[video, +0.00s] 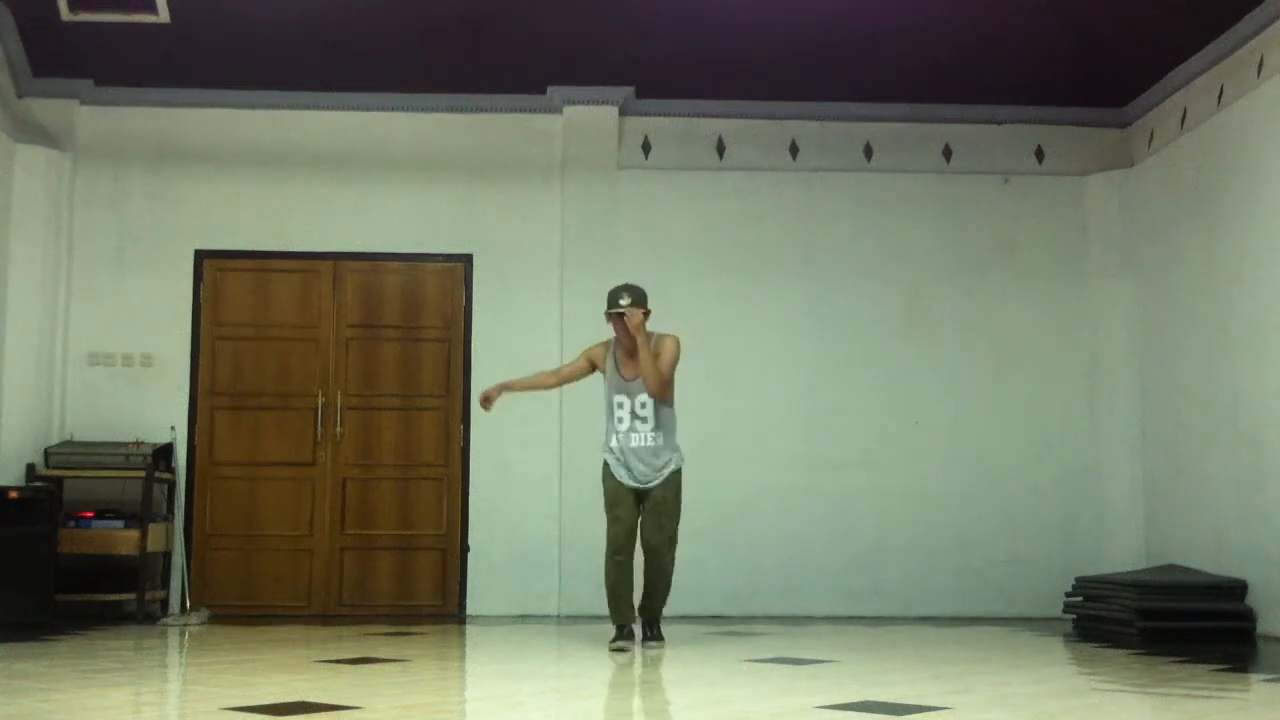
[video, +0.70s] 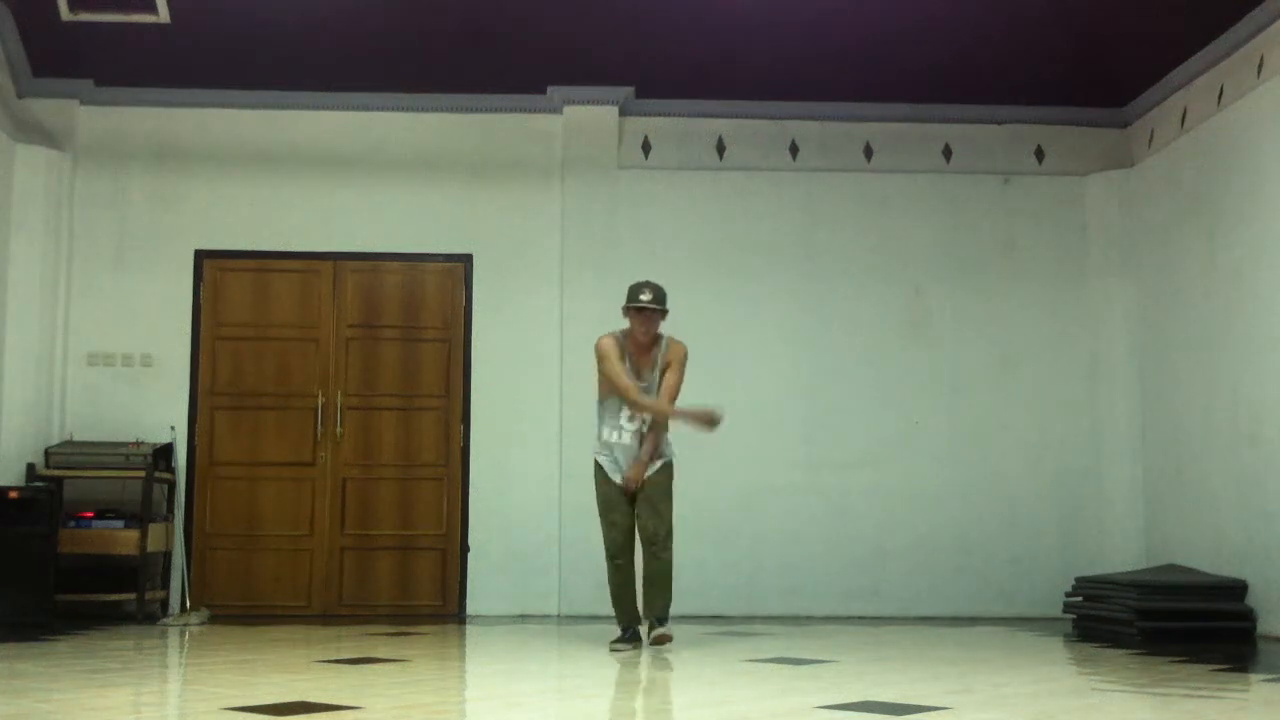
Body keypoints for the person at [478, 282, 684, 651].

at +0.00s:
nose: (617, 324)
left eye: (623, 316)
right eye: (613, 318)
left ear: (643, 315)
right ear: (608, 319)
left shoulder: (665, 345)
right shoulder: (602, 352)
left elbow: (657, 388)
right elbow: (555, 377)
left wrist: (640, 338)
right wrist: (504, 387)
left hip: (663, 466)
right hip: (619, 466)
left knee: (659, 547)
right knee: (620, 546)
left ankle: (652, 618)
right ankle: (623, 625)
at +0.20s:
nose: (621, 325)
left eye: (627, 317)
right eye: (614, 318)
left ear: (640, 319)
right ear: (604, 322)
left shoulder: (660, 346)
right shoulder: (599, 360)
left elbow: (673, 397)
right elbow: (550, 383)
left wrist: (645, 370)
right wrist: (497, 376)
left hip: (659, 468)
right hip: (616, 470)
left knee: (646, 542)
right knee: (619, 547)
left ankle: (652, 619)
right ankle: (631, 627)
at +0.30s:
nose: (621, 332)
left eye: (627, 325)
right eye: (614, 325)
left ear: (640, 325)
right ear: (604, 327)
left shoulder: (660, 348)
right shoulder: (597, 370)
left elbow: (678, 399)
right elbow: (555, 410)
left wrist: (648, 411)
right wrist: (501, 409)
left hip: (655, 469)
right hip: (613, 472)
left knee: (640, 538)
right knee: (611, 547)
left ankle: (652, 611)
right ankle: (630, 627)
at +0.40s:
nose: (622, 330)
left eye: (629, 322)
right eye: (615, 323)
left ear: (642, 323)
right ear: (607, 324)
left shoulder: (662, 348)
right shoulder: (596, 368)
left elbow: (668, 406)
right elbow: (573, 422)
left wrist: (648, 452)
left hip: (656, 464)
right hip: (612, 468)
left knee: (642, 532)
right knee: (614, 547)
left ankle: (651, 623)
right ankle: (629, 627)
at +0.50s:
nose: (628, 326)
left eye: (635, 320)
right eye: (621, 319)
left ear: (647, 321)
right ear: (611, 320)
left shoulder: (664, 348)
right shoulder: (595, 360)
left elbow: (664, 407)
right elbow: (598, 417)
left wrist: (651, 460)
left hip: (655, 465)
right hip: (613, 468)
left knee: (653, 542)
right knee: (618, 550)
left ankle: (653, 621)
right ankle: (629, 627)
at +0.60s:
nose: (635, 323)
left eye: (642, 317)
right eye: (628, 316)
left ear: (653, 319)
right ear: (617, 316)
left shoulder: (668, 347)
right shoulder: (601, 352)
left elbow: (664, 408)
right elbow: (616, 396)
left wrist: (644, 461)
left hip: (655, 460)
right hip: (611, 461)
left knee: (655, 539)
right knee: (618, 547)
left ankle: (657, 619)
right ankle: (629, 627)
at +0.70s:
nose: (646, 319)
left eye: (653, 313)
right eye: (639, 312)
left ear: (663, 316)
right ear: (627, 313)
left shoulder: (675, 350)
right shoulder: (608, 345)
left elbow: (662, 409)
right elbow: (632, 398)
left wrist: (642, 462)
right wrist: (689, 414)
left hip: (656, 459)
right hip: (612, 460)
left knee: (657, 542)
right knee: (618, 547)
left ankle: (657, 623)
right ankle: (629, 628)